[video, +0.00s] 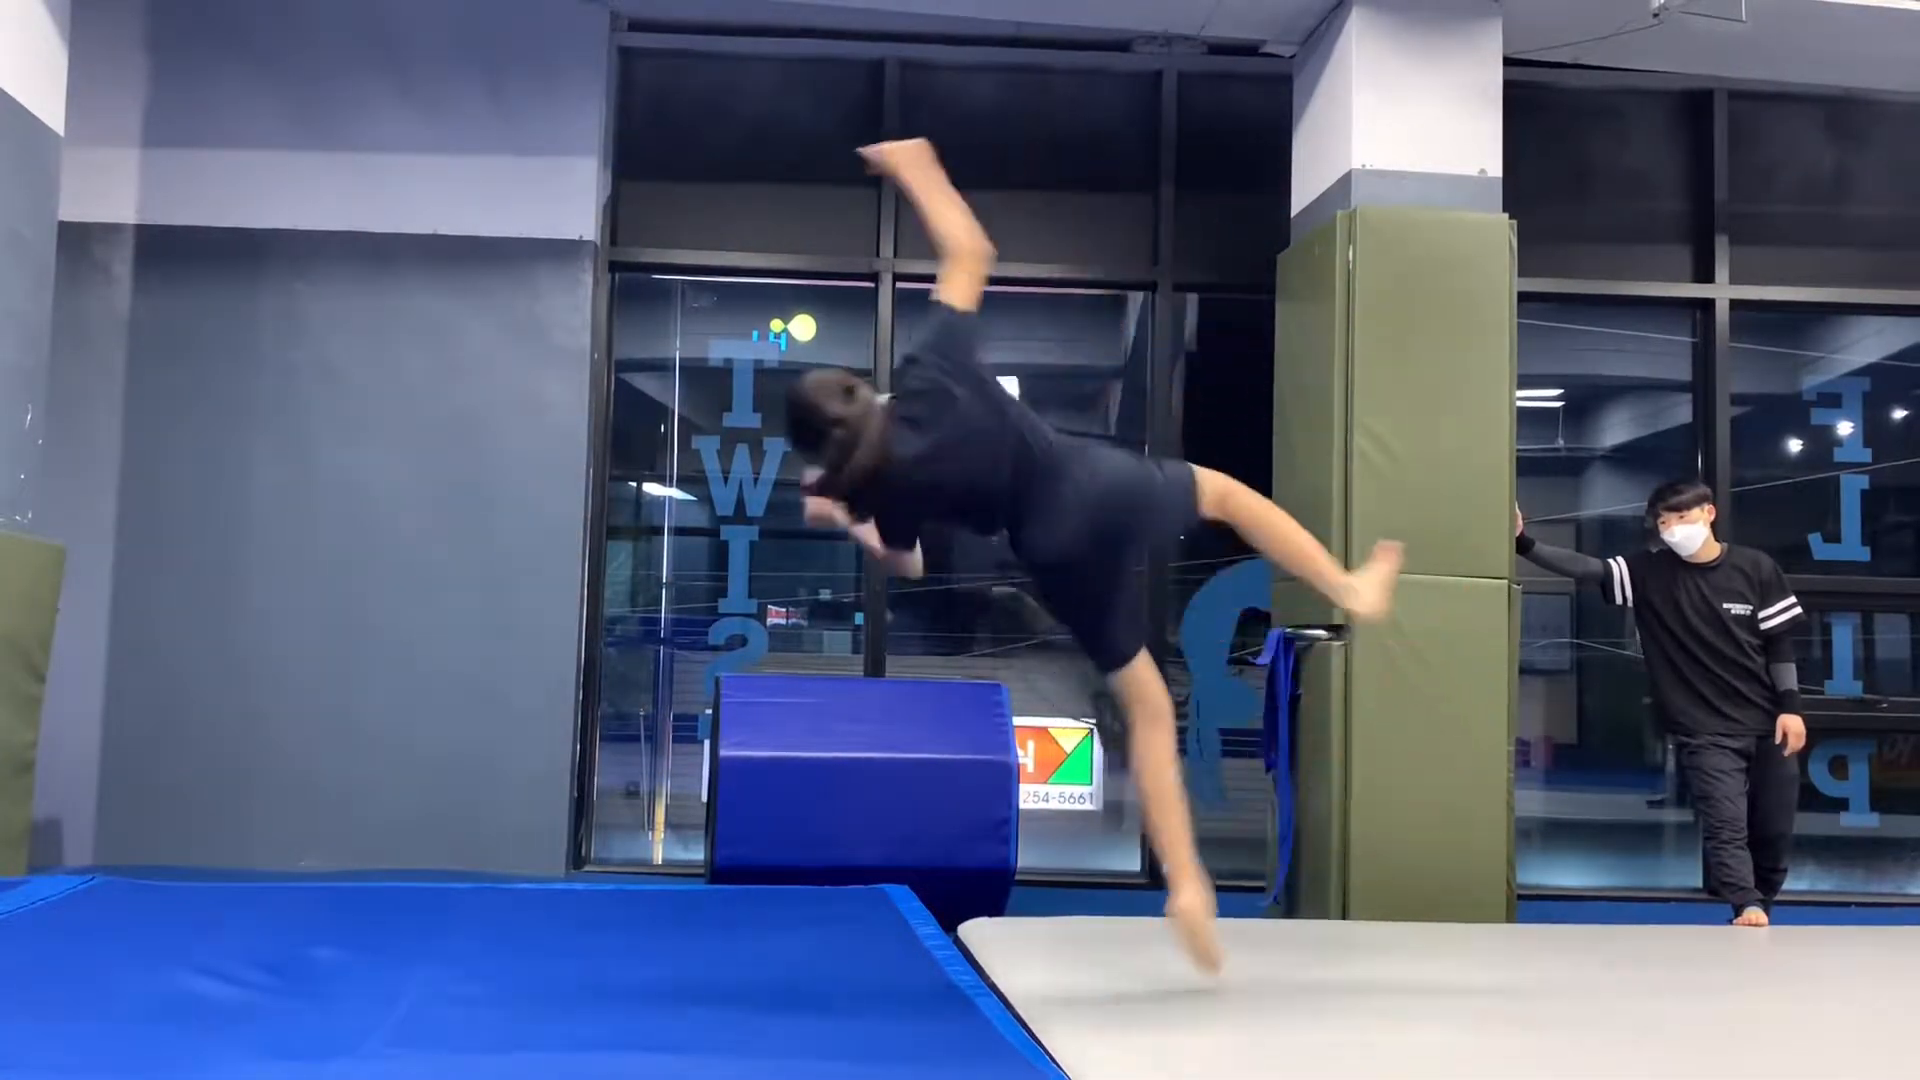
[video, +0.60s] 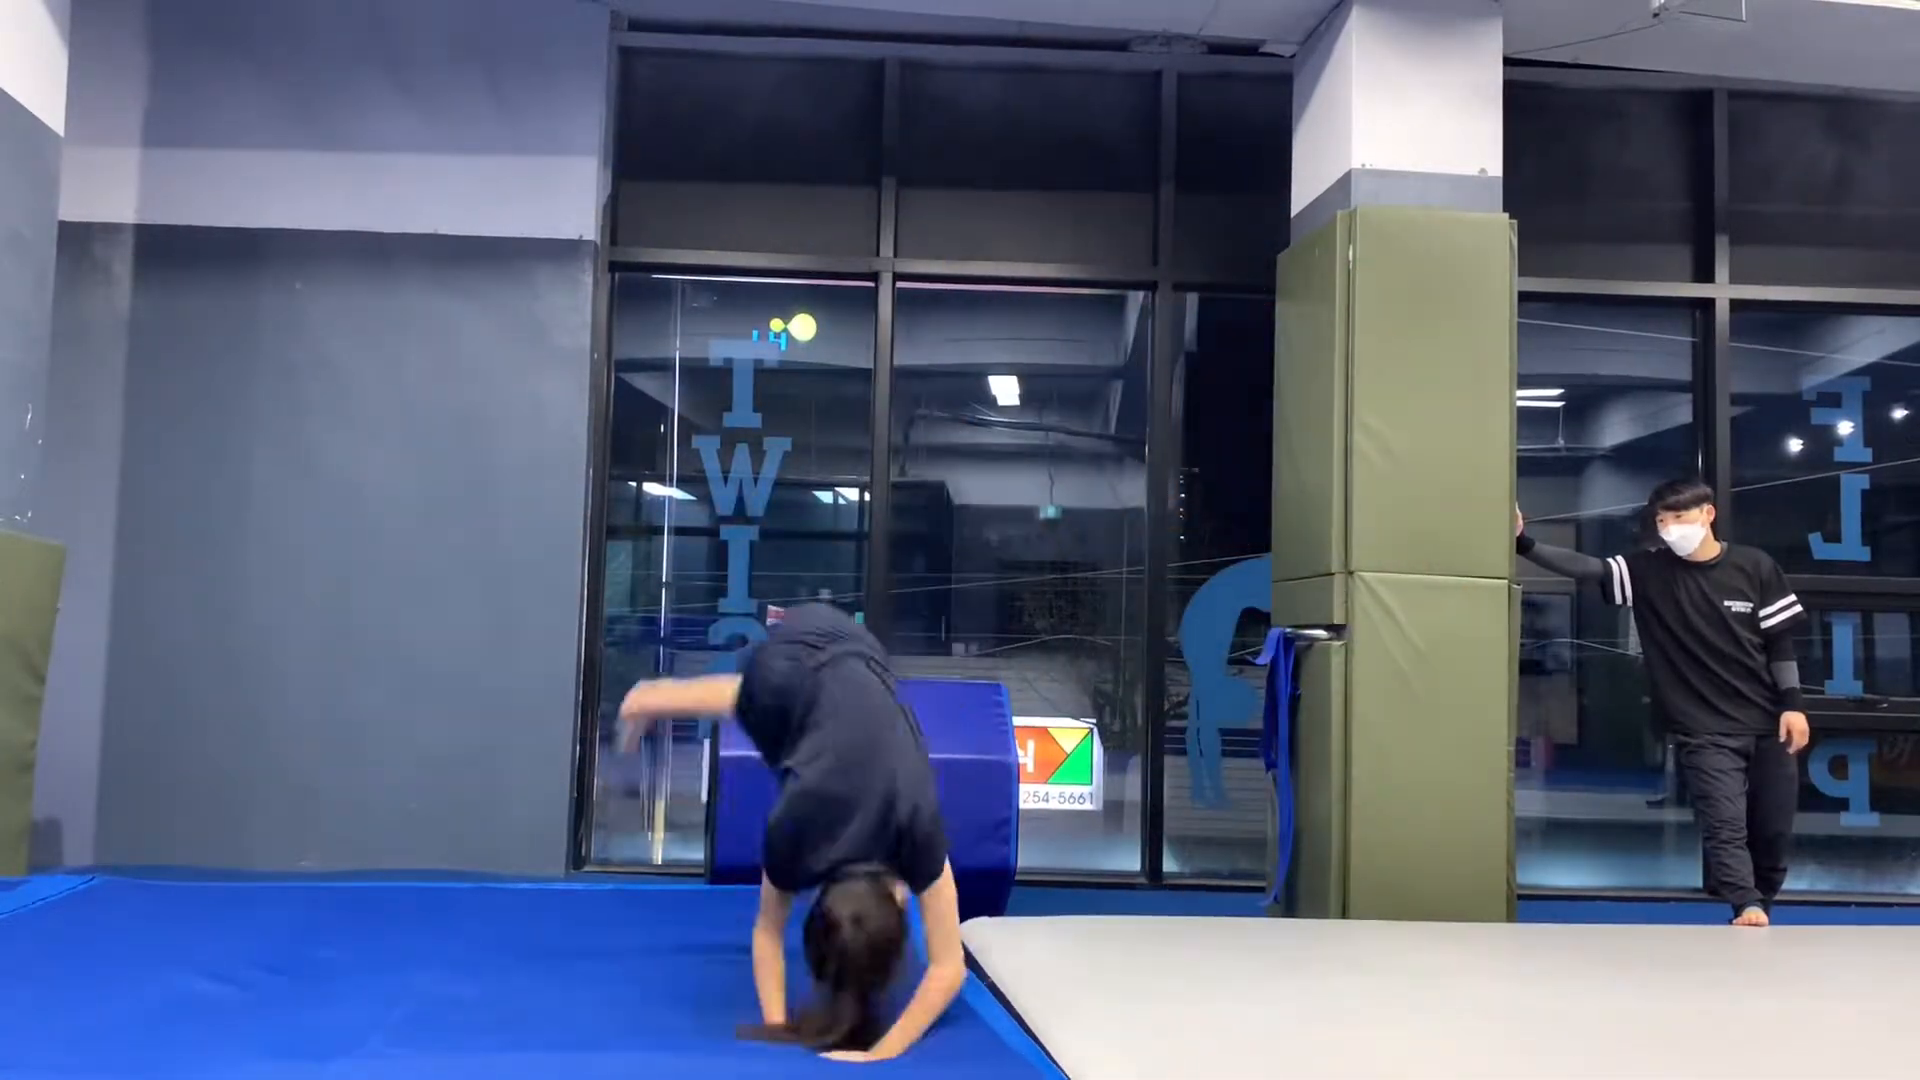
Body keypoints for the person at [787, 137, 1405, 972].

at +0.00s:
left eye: (818, 444)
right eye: (840, 390)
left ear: (826, 451)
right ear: (859, 384)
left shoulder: (886, 493)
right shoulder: (933, 363)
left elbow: (904, 564)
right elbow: (966, 250)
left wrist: (852, 522)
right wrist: (917, 168)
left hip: (1053, 551)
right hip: (1098, 482)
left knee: (1146, 710)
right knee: (1222, 495)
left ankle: (1187, 885)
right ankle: (1349, 590)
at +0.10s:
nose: (791, 529)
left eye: (786, 521)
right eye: (782, 514)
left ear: (800, 509)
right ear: (802, 436)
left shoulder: (878, 521)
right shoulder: (859, 395)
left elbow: (934, 614)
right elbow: (828, 311)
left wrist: (868, 656)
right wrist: (743, 306)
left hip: (1063, 492)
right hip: (1078, 422)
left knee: (1181, 632)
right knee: (1120, 522)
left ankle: (1331, 727)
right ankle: (1216, 585)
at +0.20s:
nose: (790, 610)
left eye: (789, 592)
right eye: (772, 603)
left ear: (806, 553)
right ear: (753, 570)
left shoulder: (868, 549)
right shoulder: (768, 517)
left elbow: (916, 681)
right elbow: (690, 549)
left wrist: (857, 783)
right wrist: (649, 579)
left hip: (1049, 470)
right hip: (991, 483)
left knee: (1196, 562)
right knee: (958, 583)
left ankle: (1356, 471)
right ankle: (1074, 678)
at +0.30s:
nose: (789, 718)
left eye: (787, 706)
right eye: (774, 713)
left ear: (799, 669)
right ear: (755, 691)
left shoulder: (860, 654)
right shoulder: (763, 669)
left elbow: (865, 805)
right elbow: (738, 777)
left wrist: (840, 925)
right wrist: (690, 865)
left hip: (980, 522)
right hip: (946, 566)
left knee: (1166, 485)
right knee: (928, 699)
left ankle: (1216, 318)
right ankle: (917, 832)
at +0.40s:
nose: (823, 877)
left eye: (816, 865)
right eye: (808, 876)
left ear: (818, 832)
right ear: (782, 851)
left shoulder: (882, 799)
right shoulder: (781, 808)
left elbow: (883, 946)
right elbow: (801, 935)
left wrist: (870, 1055)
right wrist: (783, 1042)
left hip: (936, 639)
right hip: (876, 657)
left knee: (1046, 498)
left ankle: (978, 353)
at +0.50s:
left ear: (861, 943)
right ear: (792, 923)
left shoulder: (902, 851)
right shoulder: (779, 846)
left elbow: (955, 970)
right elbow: (773, 954)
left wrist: (883, 1058)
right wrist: (777, 1048)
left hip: (894, 681)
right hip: (821, 691)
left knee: (932, 578)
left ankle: (782, 523)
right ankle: (887, 953)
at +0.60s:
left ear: (898, 905)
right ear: (822, 910)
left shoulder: (922, 838)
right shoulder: (791, 836)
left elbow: (949, 969)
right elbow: (768, 930)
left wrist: (882, 1054)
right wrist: (776, 1031)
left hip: (859, 647)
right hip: (782, 671)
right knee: (640, 700)